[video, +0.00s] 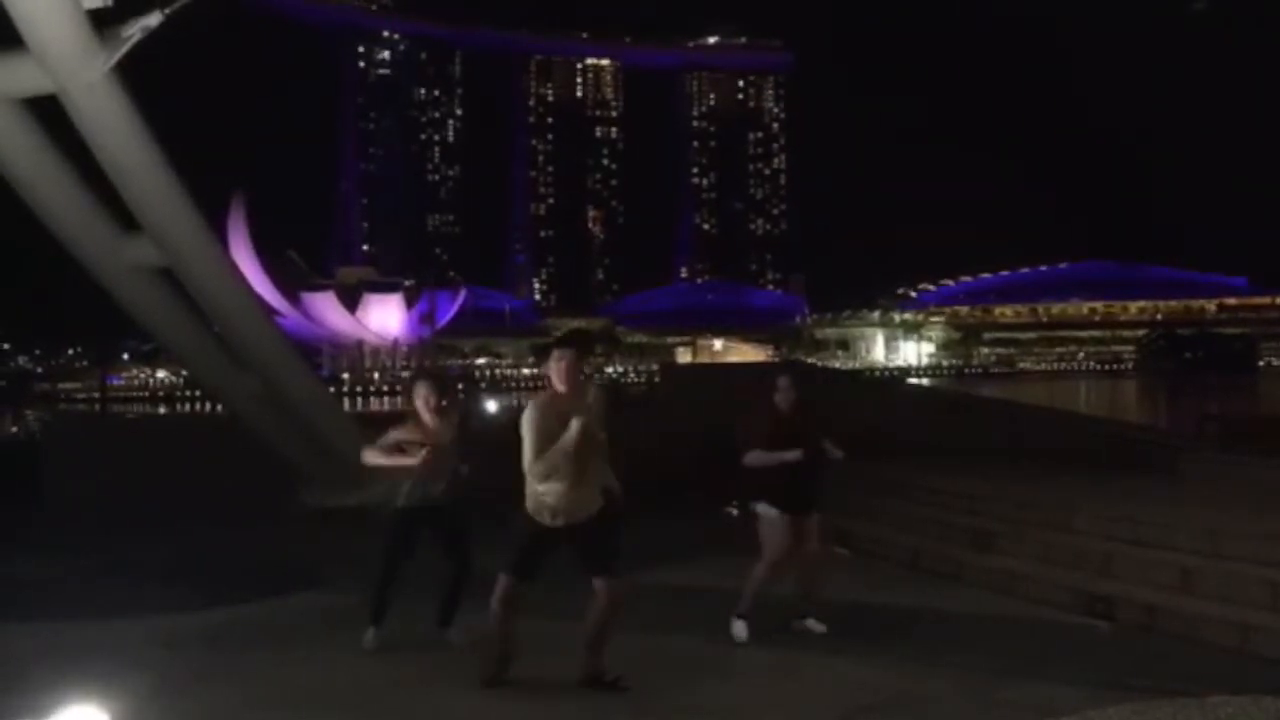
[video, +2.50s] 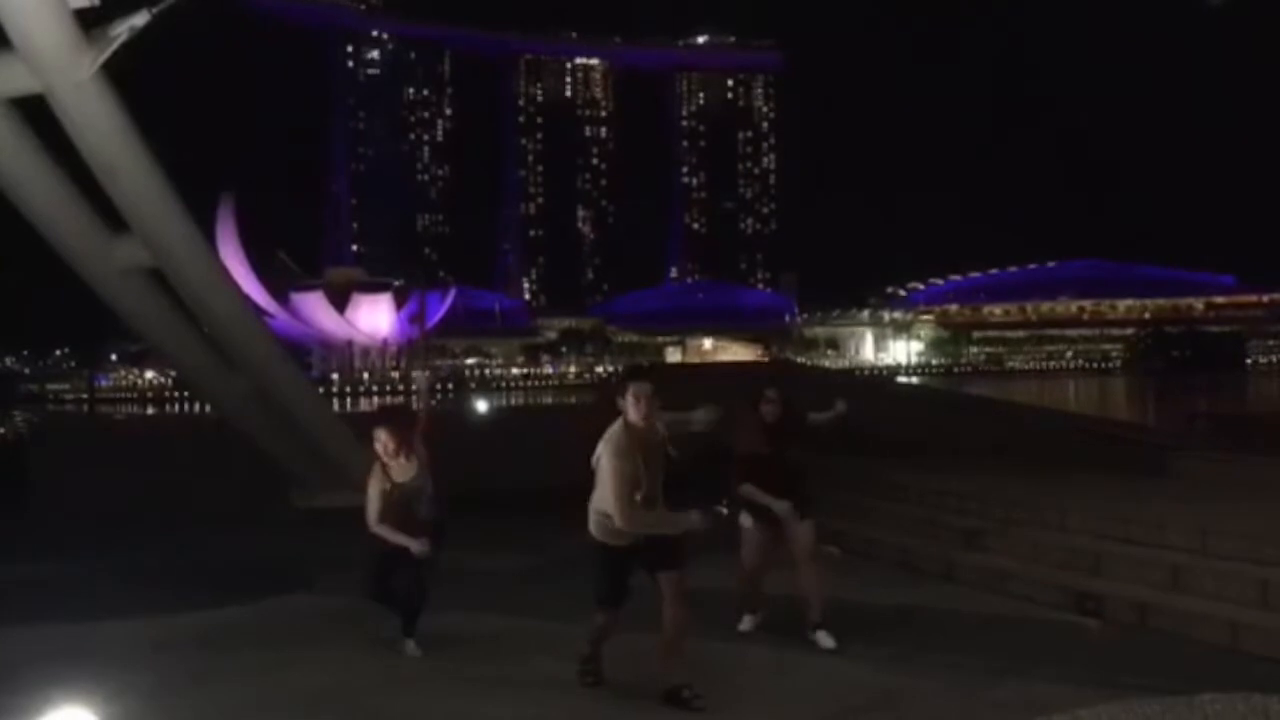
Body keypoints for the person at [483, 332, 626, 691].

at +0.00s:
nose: (569, 369)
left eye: (575, 361)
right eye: (561, 361)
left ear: (585, 368)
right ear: (547, 369)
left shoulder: (590, 406)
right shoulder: (537, 411)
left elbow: (596, 453)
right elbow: (536, 470)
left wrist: (610, 483)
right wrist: (573, 430)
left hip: (588, 515)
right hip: (541, 518)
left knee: (608, 590)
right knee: (504, 593)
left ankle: (592, 669)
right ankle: (499, 664)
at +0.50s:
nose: (650, 373)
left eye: (652, 366)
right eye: (643, 365)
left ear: (653, 371)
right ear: (625, 368)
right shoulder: (618, 399)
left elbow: (583, 447)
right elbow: (656, 444)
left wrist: (585, 489)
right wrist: (672, 413)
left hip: (629, 508)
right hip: (616, 510)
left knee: (636, 592)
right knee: (662, 586)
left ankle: (618, 677)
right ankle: (641, 679)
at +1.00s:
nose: (585, 374)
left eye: (593, 366)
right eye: (582, 368)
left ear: (614, 368)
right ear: (581, 374)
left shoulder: (629, 404)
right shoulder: (599, 416)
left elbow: (682, 429)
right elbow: (584, 456)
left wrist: (703, 480)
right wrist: (561, 482)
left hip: (659, 511)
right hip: (635, 513)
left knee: (631, 595)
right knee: (636, 595)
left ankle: (661, 682)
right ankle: (671, 674)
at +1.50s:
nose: (615, 403)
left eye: (623, 396)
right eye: (611, 395)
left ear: (642, 398)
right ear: (606, 396)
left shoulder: (657, 441)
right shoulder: (599, 425)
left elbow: (636, 493)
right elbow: (585, 475)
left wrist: (583, 475)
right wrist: (571, 523)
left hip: (648, 529)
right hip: (604, 526)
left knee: (656, 601)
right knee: (585, 587)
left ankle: (647, 678)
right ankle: (599, 683)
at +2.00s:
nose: (610, 417)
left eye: (617, 408)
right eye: (602, 409)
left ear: (628, 408)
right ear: (591, 411)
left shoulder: (650, 423)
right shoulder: (581, 449)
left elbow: (703, 403)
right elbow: (560, 502)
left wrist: (671, 429)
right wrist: (533, 551)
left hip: (658, 522)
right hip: (611, 524)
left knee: (661, 596)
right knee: (595, 594)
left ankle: (657, 673)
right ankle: (603, 667)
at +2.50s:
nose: (645, 406)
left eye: (649, 398)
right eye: (637, 399)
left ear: (656, 402)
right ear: (623, 403)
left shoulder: (652, 428)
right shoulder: (616, 446)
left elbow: (667, 421)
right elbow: (626, 519)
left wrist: (694, 420)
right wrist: (688, 520)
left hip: (650, 525)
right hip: (612, 534)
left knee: (676, 593)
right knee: (610, 608)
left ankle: (673, 680)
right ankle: (591, 657)